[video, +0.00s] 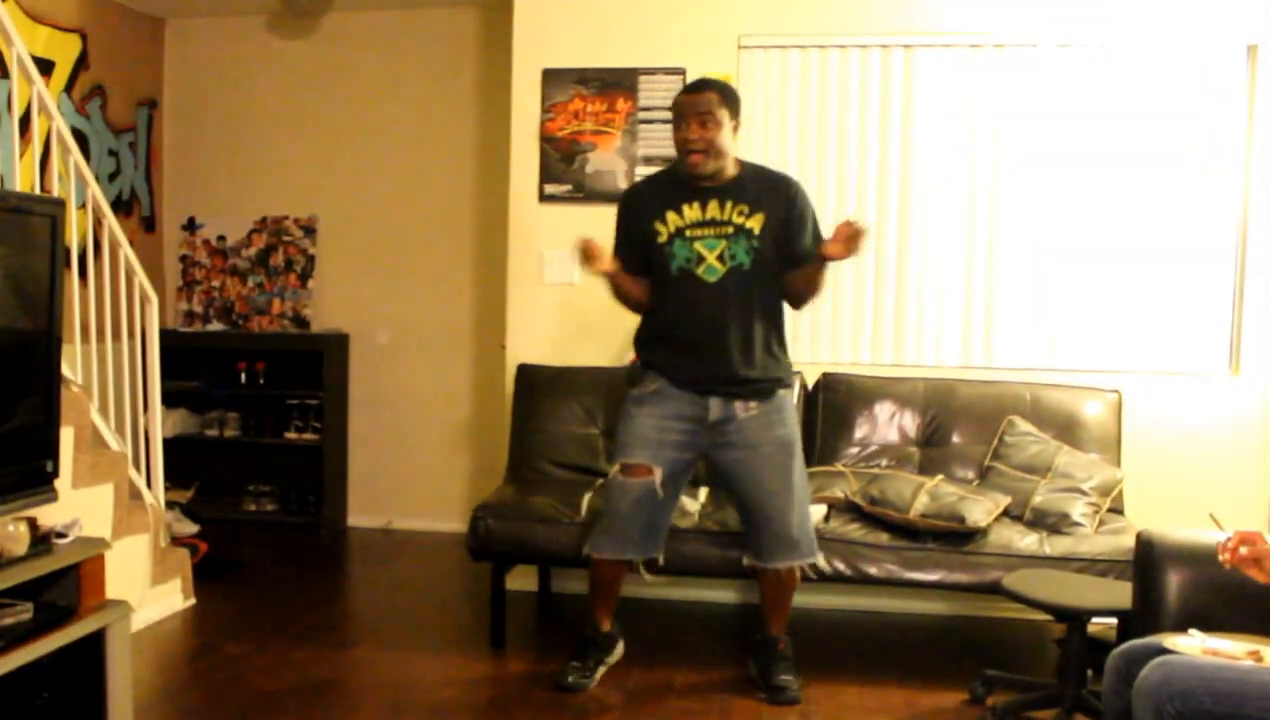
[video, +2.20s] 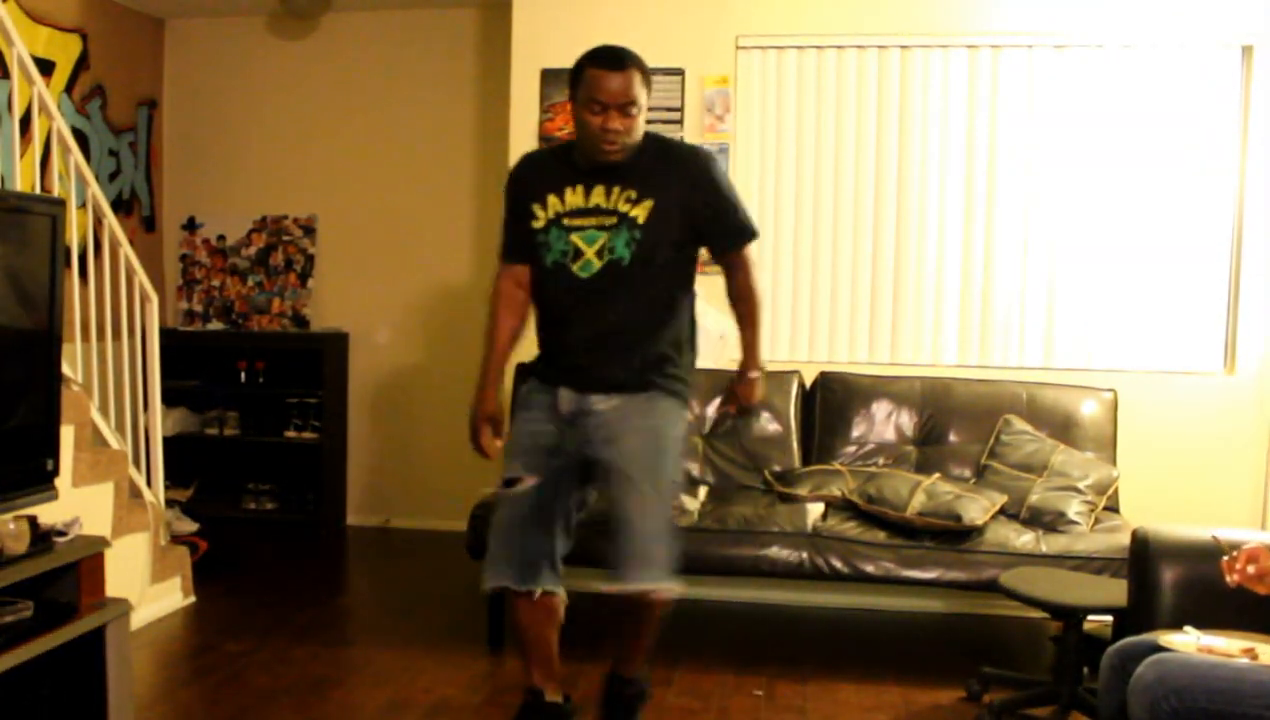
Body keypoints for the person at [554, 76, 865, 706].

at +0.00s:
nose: (692, 132)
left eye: (706, 121)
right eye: (683, 121)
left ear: (735, 129)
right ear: (671, 129)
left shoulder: (781, 196)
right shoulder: (643, 201)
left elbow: (798, 294)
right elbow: (645, 299)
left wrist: (822, 257)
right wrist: (609, 270)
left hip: (758, 393)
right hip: (665, 389)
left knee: (783, 531)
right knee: (624, 504)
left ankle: (774, 646)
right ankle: (599, 635)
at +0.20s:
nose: (684, 121)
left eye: (697, 110)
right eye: (674, 111)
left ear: (723, 117)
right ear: (662, 119)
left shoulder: (764, 190)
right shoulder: (628, 185)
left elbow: (775, 286)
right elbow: (612, 279)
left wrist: (716, 264)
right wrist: (678, 248)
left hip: (736, 388)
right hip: (643, 384)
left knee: (765, 523)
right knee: (615, 499)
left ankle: (769, 644)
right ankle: (596, 641)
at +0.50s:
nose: (680, 112)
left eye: (694, 102)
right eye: (670, 102)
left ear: (723, 111)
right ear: (659, 113)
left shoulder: (763, 181)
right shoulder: (625, 183)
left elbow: (792, 271)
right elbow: (593, 278)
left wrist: (801, 254)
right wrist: (602, 241)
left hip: (741, 382)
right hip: (648, 380)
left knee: (768, 524)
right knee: (614, 502)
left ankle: (776, 650)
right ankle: (597, 641)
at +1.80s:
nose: (656, 107)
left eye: (669, 94)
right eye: (641, 94)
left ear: (689, 101)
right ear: (621, 103)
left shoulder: (731, 180)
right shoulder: (583, 180)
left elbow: (775, 271)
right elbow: (549, 280)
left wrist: (743, 329)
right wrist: (620, 280)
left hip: (700, 403)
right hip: (602, 398)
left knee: (737, 557)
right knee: (580, 542)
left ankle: (754, 673)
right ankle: (549, 699)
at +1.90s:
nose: (639, 111)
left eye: (651, 97)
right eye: (625, 99)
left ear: (671, 100)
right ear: (602, 105)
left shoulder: (714, 164)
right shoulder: (567, 177)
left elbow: (760, 265)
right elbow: (527, 279)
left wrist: (786, 368)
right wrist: (601, 291)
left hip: (660, 391)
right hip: (568, 383)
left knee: (656, 542)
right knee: (549, 532)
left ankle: (720, 662)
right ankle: (546, 695)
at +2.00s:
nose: (628, 115)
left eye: (639, 101)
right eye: (613, 103)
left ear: (658, 100)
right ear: (589, 107)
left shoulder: (704, 156)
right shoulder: (559, 178)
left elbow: (753, 261)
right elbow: (520, 282)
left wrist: (797, 364)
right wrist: (569, 336)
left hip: (636, 390)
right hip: (549, 380)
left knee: (583, 536)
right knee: (530, 538)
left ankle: (631, 672)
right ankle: (543, 697)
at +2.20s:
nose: (613, 121)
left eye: (627, 108)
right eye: (599, 107)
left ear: (646, 106)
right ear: (573, 105)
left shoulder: (688, 171)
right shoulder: (534, 177)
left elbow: (738, 265)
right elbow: (515, 283)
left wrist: (751, 362)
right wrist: (489, 384)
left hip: (646, 393)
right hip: (552, 389)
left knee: (647, 565)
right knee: (524, 552)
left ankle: (626, 687)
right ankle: (546, 697)